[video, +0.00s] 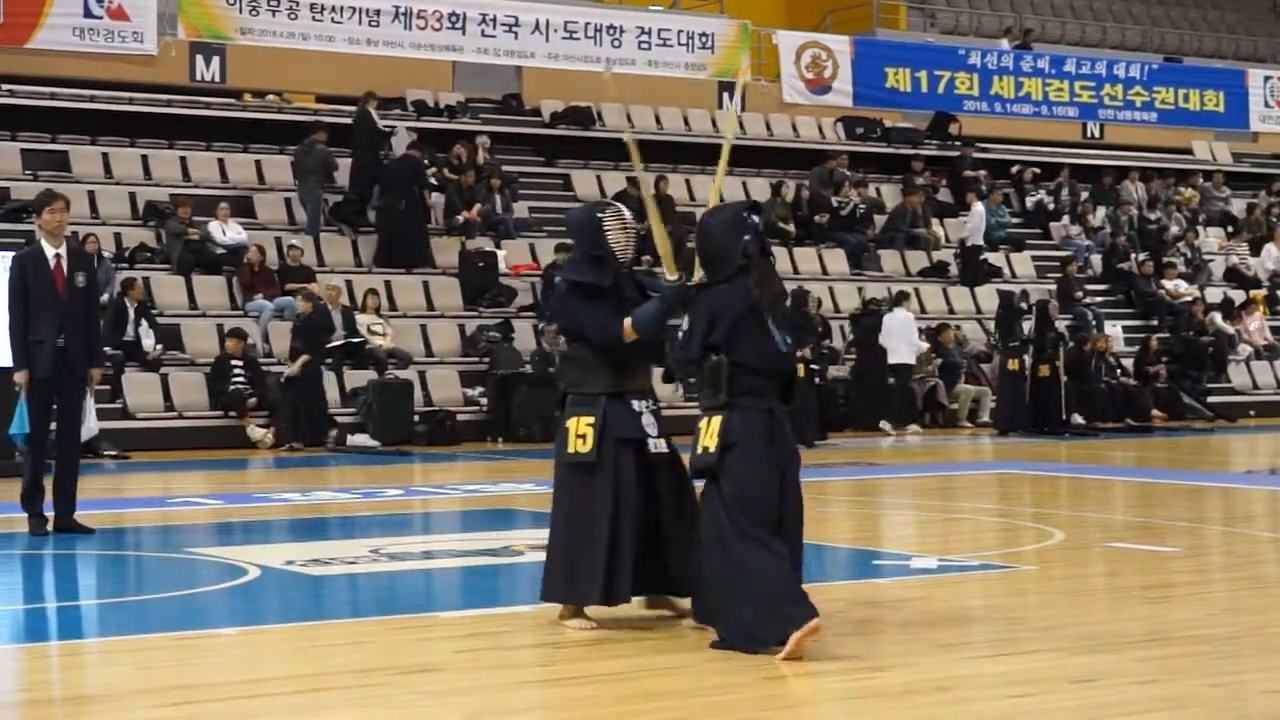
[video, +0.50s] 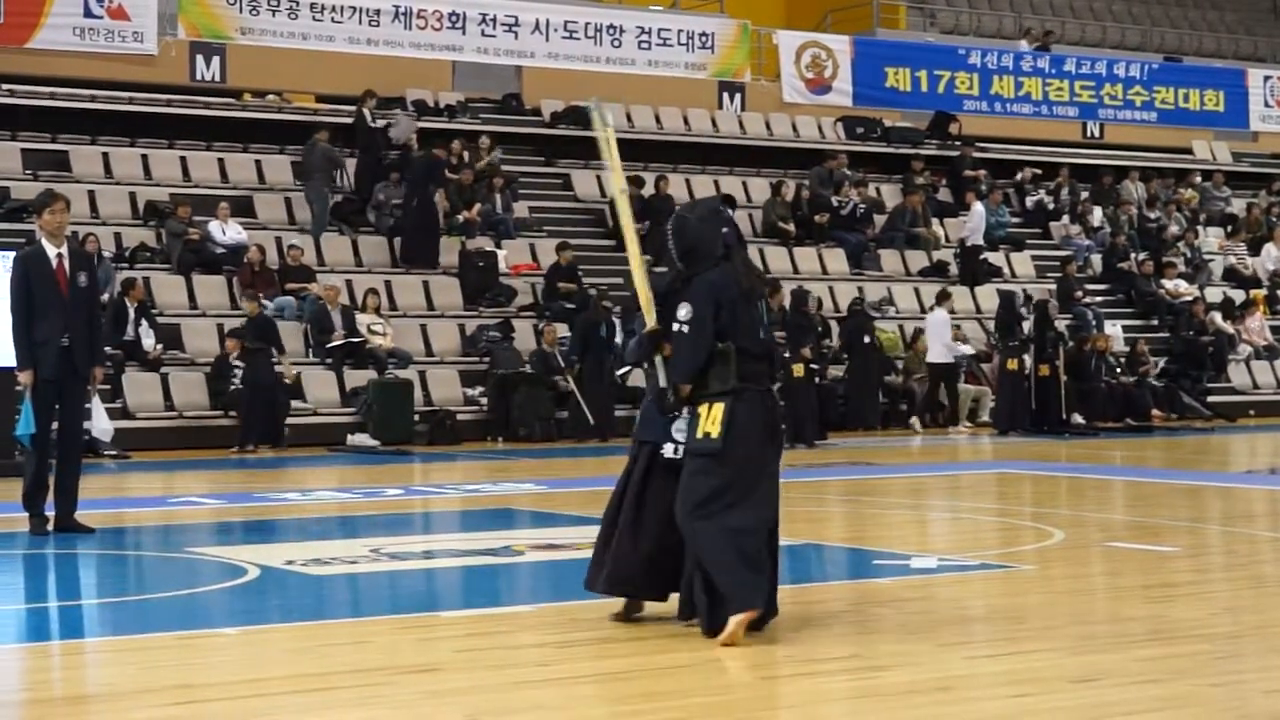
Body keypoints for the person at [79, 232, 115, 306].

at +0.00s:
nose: (92, 245)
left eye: (95, 243)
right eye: (89, 243)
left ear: (98, 245)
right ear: (83, 245)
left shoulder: (105, 263)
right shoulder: (79, 262)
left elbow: (111, 280)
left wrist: (107, 294)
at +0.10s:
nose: (92, 245)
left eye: (95, 242)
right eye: (89, 242)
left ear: (98, 244)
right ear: (83, 245)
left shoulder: (105, 262)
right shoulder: (79, 261)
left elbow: (111, 279)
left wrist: (107, 293)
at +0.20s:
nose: (93, 245)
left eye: (95, 242)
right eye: (90, 242)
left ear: (99, 244)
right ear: (84, 245)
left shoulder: (105, 262)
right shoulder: (79, 261)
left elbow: (111, 280)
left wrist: (107, 294)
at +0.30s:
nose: (93, 245)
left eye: (95, 242)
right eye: (90, 242)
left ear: (99, 244)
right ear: (84, 245)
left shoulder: (105, 262)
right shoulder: (79, 261)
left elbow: (112, 279)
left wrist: (107, 294)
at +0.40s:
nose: (93, 245)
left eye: (95, 242)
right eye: (90, 242)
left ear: (99, 244)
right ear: (84, 245)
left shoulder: (105, 262)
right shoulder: (79, 261)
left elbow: (112, 279)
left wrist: (107, 294)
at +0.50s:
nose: (93, 245)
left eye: (95, 242)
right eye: (89, 242)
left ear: (98, 244)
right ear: (84, 245)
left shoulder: (105, 262)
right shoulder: (79, 261)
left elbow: (111, 280)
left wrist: (106, 295)